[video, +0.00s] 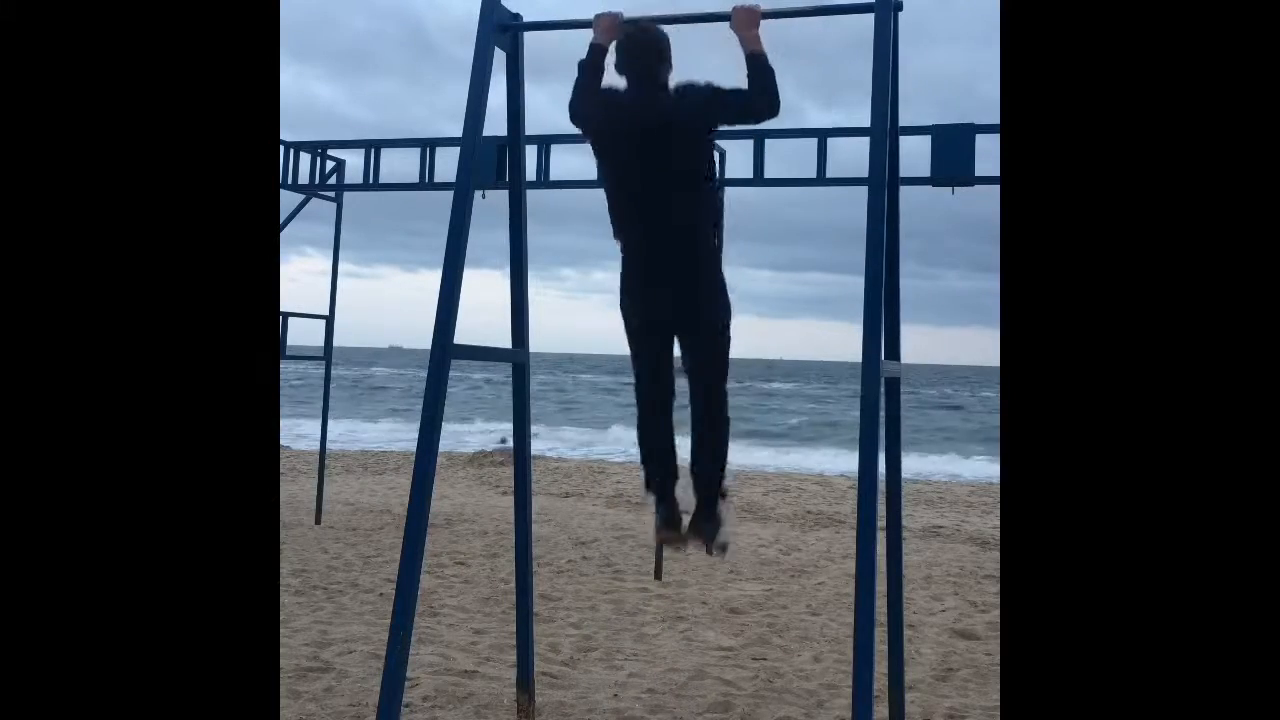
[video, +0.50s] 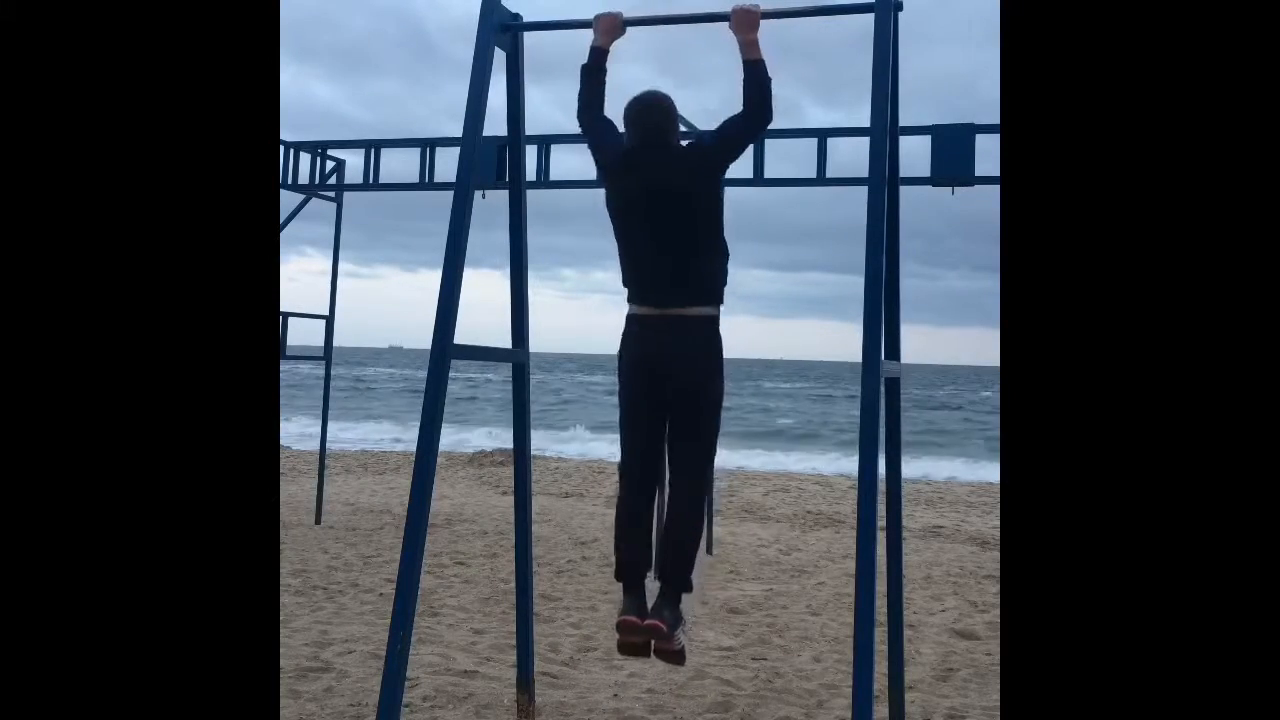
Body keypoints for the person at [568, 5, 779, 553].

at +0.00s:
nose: (659, 65)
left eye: (638, 58)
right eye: (662, 57)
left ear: (620, 66)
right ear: (667, 62)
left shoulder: (603, 112)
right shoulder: (697, 103)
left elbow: (579, 102)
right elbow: (764, 102)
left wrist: (598, 43)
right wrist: (752, 40)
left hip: (640, 274)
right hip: (699, 272)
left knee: (652, 390)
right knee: (709, 391)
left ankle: (664, 507)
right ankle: (706, 511)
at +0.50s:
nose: (680, 121)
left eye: (669, 116)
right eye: (678, 116)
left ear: (627, 130)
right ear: (677, 124)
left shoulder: (618, 166)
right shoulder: (705, 159)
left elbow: (590, 112)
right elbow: (756, 112)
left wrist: (599, 45)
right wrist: (750, 44)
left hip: (642, 336)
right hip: (697, 338)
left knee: (637, 471)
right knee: (689, 476)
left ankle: (632, 606)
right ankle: (667, 613)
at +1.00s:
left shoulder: (600, 32)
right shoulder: (697, 25)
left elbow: (566, 99)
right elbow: (759, 81)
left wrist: (596, 40)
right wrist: (751, 33)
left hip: (635, 204)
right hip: (693, 200)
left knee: (647, 323)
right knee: (707, 319)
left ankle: (662, 441)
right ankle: (701, 443)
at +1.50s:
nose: (682, 122)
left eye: (672, 116)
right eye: (680, 115)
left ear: (630, 127)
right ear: (680, 122)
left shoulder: (618, 164)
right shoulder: (707, 159)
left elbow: (590, 111)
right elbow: (761, 111)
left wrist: (600, 44)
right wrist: (750, 41)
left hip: (645, 330)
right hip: (701, 330)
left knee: (638, 462)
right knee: (694, 471)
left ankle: (630, 590)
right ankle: (665, 597)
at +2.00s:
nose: (646, 71)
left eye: (622, 61)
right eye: (653, 60)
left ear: (614, 69)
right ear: (660, 66)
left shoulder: (600, 118)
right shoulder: (692, 108)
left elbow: (587, 94)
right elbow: (756, 106)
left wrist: (597, 43)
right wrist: (749, 40)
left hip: (638, 284)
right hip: (697, 282)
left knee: (643, 401)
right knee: (701, 406)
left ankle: (648, 521)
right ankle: (682, 527)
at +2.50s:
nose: (654, 23)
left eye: (632, 21)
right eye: (658, 17)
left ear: (620, 31)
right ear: (665, 28)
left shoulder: (603, 82)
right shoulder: (697, 74)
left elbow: (572, 107)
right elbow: (773, 98)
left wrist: (597, 41)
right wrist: (754, 38)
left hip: (640, 247)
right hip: (698, 244)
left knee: (653, 371)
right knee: (707, 370)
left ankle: (666, 497)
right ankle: (700, 497)